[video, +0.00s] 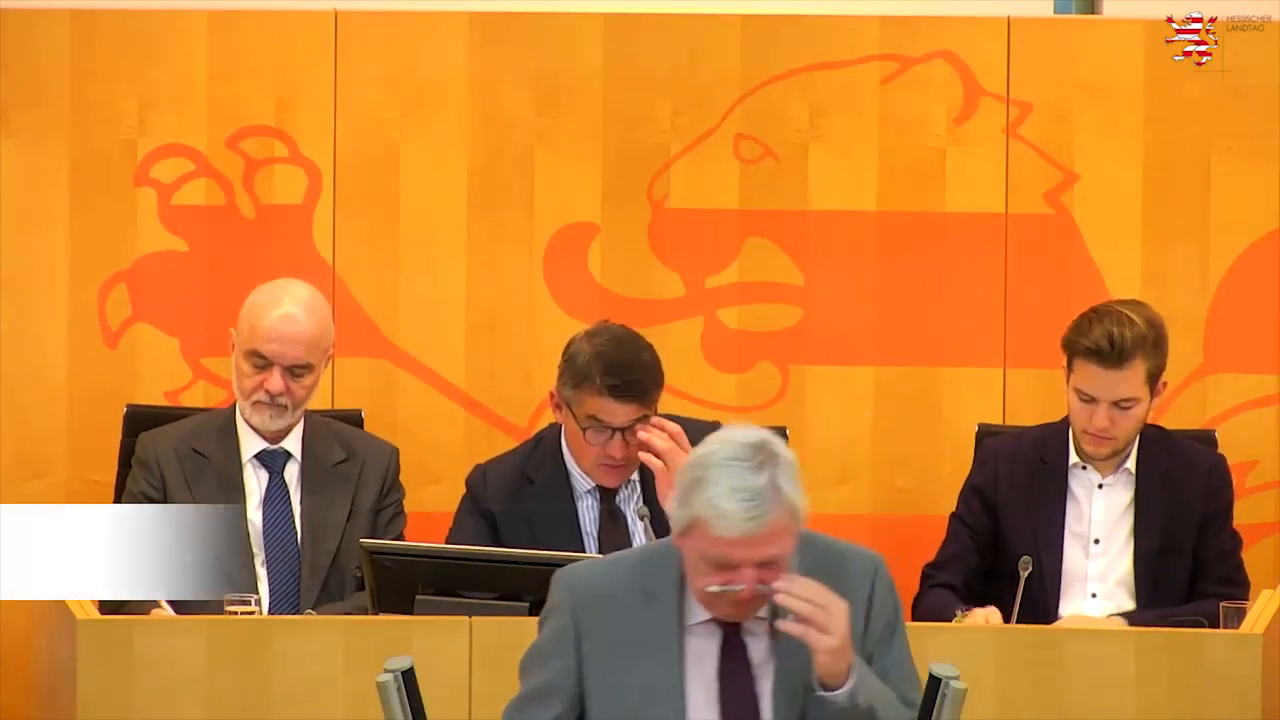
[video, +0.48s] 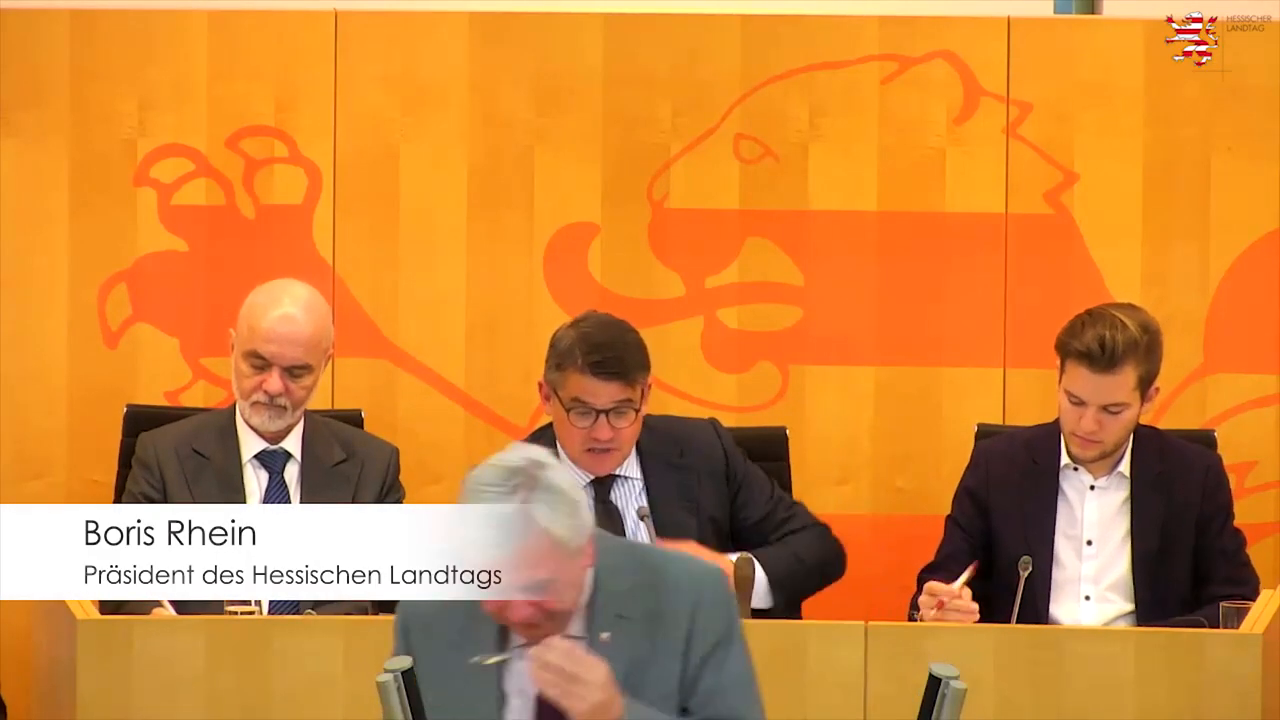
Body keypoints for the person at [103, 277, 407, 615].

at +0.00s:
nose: (274, 387)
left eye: (297, 371)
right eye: (258, 363)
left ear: (325, 362)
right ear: (233, 346)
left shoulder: (374, 465)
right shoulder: (161, 455)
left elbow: (390, 596)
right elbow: (123, 587)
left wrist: (305, 630)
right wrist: (153, 619)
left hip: (329, 672)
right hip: (197, 667)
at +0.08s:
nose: (274, 387)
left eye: (297, 371)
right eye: (258, 363)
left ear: (326, 363)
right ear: (233, 347)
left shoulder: (374, 465)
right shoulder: (161, 455)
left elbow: (390, 597)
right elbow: (121, 588)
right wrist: (154, 619)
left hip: (329, 668)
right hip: (196, 663)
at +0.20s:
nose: (274, 388)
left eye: (297, 371)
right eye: (258, 363)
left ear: (326, 361)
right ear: (233, 347)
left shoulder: (373, 464)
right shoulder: (161, 455)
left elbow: (397, 599)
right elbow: (121, 587)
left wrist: (311, 637)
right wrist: (154, 622)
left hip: (329, 667)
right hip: (196, 662)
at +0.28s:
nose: (274, 387)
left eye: (297, 371)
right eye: (258, 363)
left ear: (325, 362)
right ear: (233, 347)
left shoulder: (373, 465)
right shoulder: (161, 455)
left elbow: (395, 596)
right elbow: (121, 585)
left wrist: (310, 635)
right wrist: (154, 619)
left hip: (329, 666)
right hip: (197, 661)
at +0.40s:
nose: (273, 388)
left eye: (297, 372)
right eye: (258, 363)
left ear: (326, 360)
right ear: (233, 346)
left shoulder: (373, 465)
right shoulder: (161, 455)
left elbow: (391, 594)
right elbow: (121, 585)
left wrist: (308, 634)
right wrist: (152, 618)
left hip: (327, 666)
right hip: (195, 661)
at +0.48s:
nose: (273, 388)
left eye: (297, 372)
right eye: (257, 364)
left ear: (325, 360)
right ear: (232, 346)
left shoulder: (373, 465)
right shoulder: (161, 455)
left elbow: (387, 593)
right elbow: (120, 584)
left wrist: (308, 634)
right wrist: (152, 616)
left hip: (328, 667)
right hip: (195, 662)